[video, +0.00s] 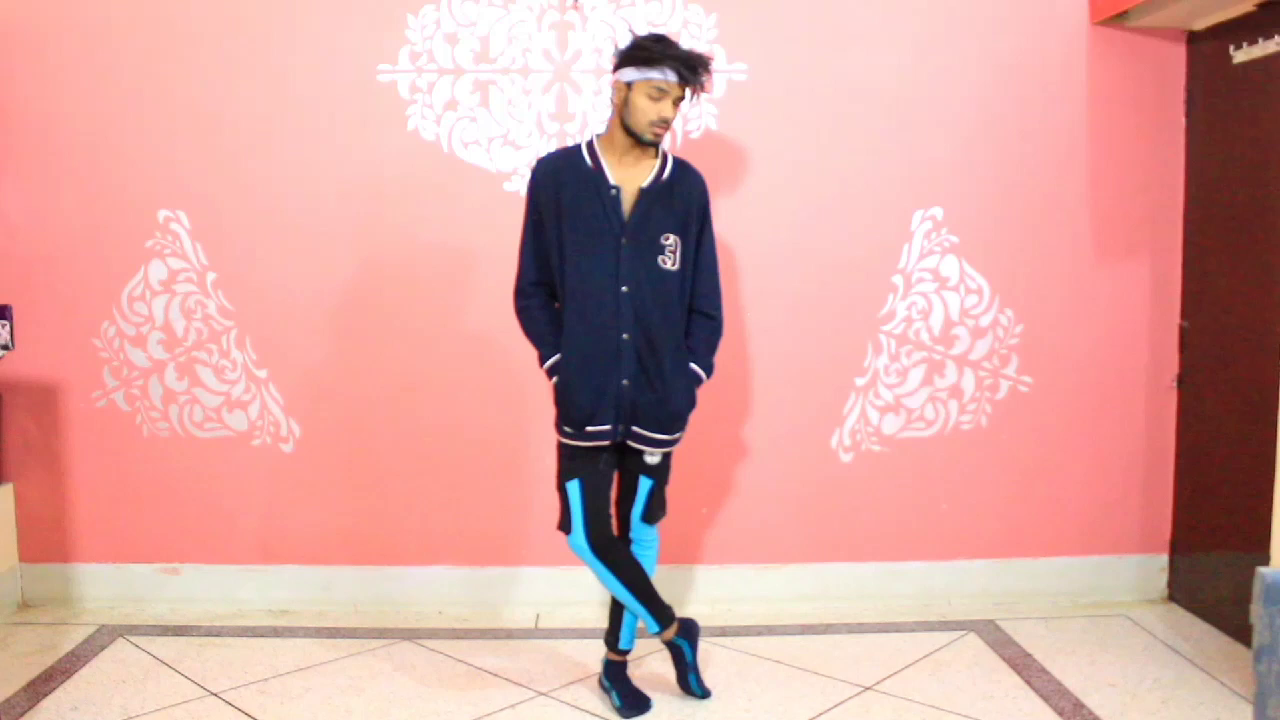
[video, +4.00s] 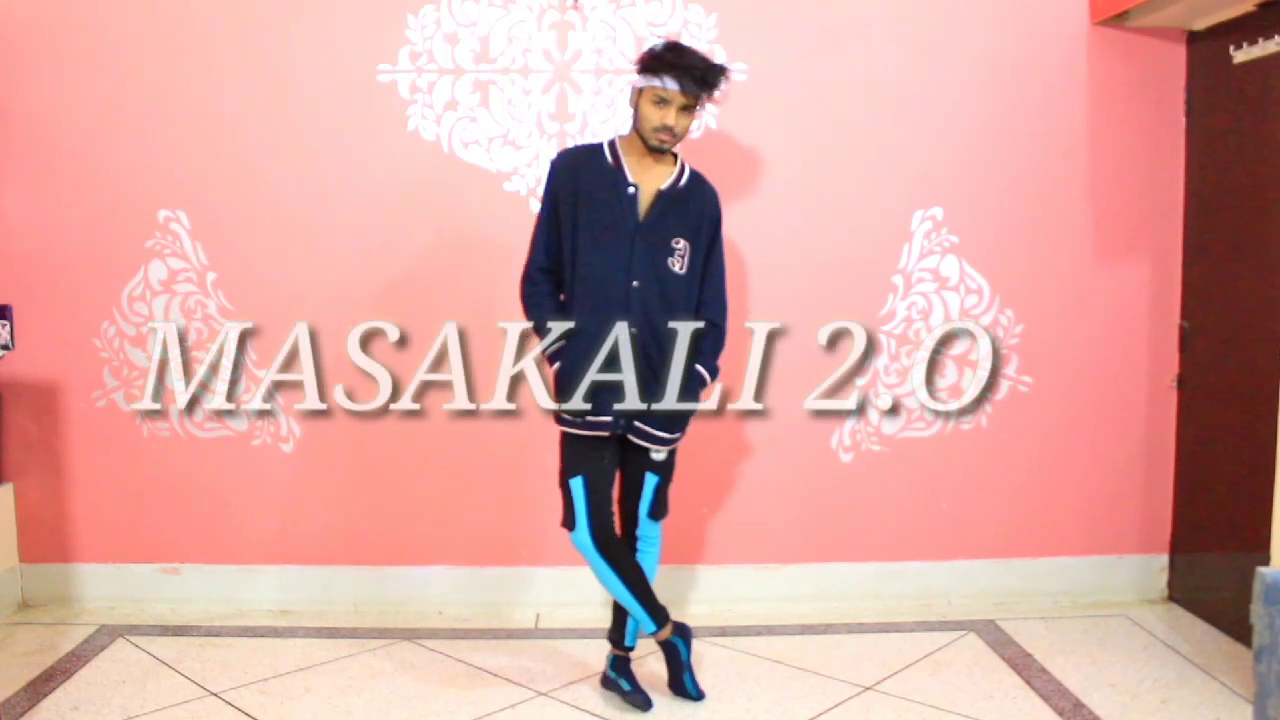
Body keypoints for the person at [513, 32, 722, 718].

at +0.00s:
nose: (666, 109)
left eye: (675, 98)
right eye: (655, 94)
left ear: (680, 105)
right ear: (619, 92)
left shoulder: (685, 183)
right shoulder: (558, 172)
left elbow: (705, 292)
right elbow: (533, 285)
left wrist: (694, 369)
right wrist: (555, 360)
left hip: (662, 386)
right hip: (585, 384)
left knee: (640, 528)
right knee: (587, 533)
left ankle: (616, 661)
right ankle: (674, 632)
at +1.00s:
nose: (638, 99)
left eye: (653, 89)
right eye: (627, 82)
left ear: (667, 102)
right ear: (602, 87)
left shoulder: (682, 183)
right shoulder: (553, 176)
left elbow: (703, 291)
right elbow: (530, 290)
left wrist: (694, 373)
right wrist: (556, 365)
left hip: (661, 384)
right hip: (584, 383)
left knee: (640, 524)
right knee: (588, 534)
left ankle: (616, 663)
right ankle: (679, 629)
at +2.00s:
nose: (652, 114)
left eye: (662, 102)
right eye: (640, 99)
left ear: (671, 106)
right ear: (607, 97)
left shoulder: (681, 181)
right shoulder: (555, 176)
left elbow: (703, 291)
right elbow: (531, 289)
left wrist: (696, 367)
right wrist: (557, 360)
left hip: (661, 383)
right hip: (585, 383)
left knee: (640, 525)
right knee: (586, 531)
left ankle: (616, 660)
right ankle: (668, 632)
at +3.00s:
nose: (654, 125)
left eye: (663, 112)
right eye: (641, 111)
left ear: (671, 111)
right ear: (607, 104)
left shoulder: (682, 182)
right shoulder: (556, 179)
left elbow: (706, 293)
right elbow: (534, 291)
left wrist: (698, 370)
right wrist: (561, 363)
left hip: (666, 387)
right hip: (590, 387)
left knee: (644, 527)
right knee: (587, 532)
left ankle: (616, 661)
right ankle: (674, 633)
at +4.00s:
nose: (669, 120)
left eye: (683, 110)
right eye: (660, 103)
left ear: (696, 117)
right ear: (635, 98)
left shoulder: (699, 196)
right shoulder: (575, 169)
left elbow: (712, 299)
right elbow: (539, 275)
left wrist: (703, 372)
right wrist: (559, 347)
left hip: (665, 386)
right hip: (588, 380)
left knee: (643, 524)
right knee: (586, 526)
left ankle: (619, 661)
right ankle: (669, 634)